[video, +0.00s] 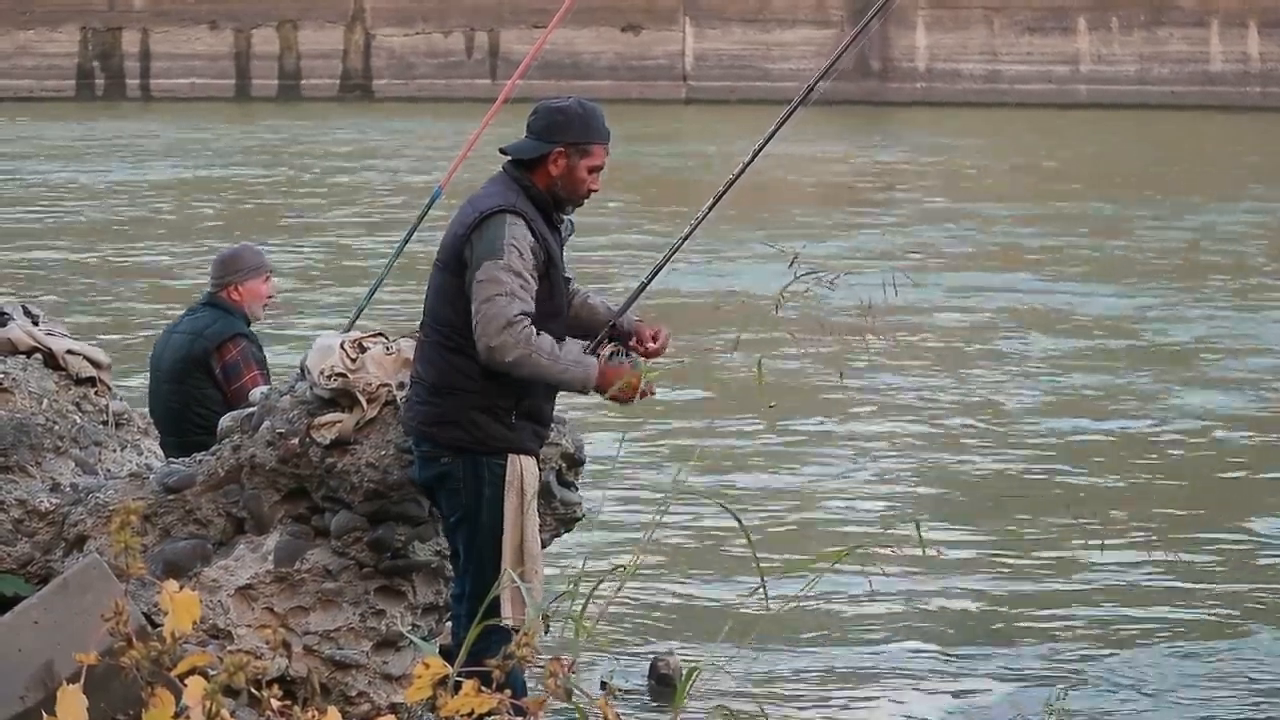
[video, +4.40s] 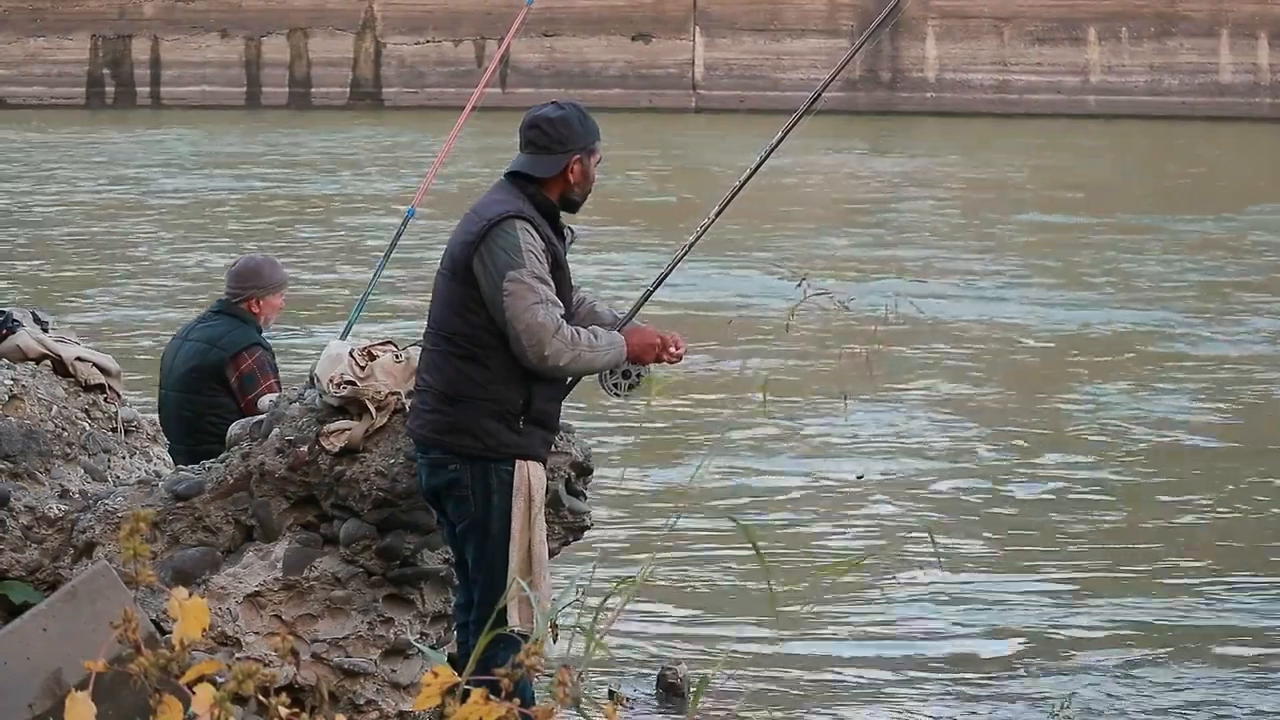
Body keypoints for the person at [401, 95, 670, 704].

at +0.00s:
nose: (598, 182)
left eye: (601, 169)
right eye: (592, 169)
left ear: (560, 160)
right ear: (554, 161)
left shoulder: (533, 217)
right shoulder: (506, 223)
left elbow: (554, 303)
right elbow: (503, 337)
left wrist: (623, 328)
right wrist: (594, 372)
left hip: (494, 437)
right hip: (469, 442)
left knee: (497, 595)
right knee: (490, 600)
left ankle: (489, 711)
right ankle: (484, 713)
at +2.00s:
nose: (587, 176)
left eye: (587, 165)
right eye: (586, 165)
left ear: (530, 160)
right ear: (574, 171)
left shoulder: (529, 221)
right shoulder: (508, 228)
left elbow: (563, 304)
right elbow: (539, 339)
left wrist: (624, 330)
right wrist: (621, 353)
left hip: (490, 437)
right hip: (469, 442)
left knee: (498, 586)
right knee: (492, 589)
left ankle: (493, 707)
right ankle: (492, 710)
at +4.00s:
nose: (593, 173)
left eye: (594, 162)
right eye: (592, 162)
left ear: (542, 162)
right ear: (572, 168)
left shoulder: (527, 222)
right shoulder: (511, 230)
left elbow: (565, 308)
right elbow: (547, 343)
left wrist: (630, 331)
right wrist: (624, 343)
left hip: (485, 444)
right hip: (475, 448)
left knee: (489, 598)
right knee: (496, 603)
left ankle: (481, 709)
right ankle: (498, 713)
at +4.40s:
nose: (595, 174)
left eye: (595, 162)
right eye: (593, 162)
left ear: (545, 163)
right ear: (572, 169)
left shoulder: (528, 223)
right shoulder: (510, 230)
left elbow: (565, 308)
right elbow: (544, 345)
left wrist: (631, 332)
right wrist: (625, 345)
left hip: (488, 445)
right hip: (475, 450)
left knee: (489, 603)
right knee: (497, 608)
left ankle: (482, 710)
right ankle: (498, 714)